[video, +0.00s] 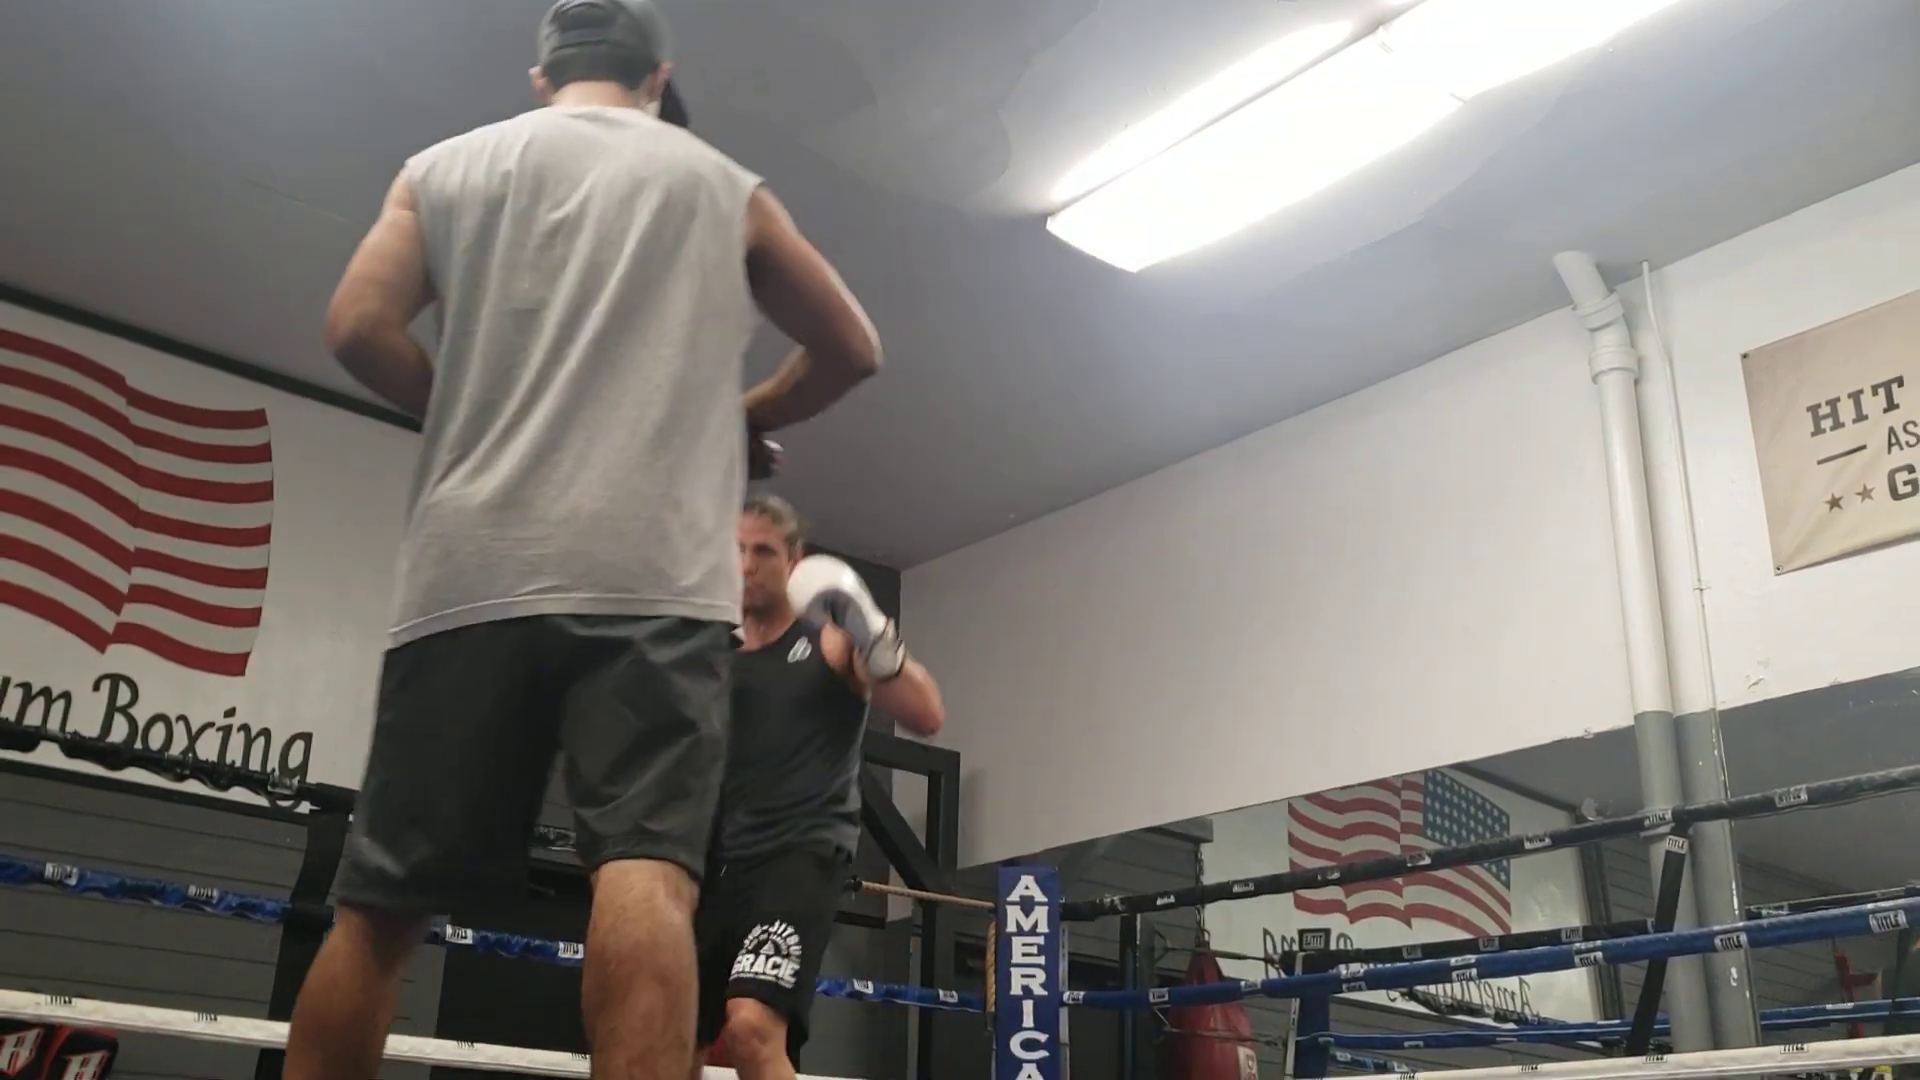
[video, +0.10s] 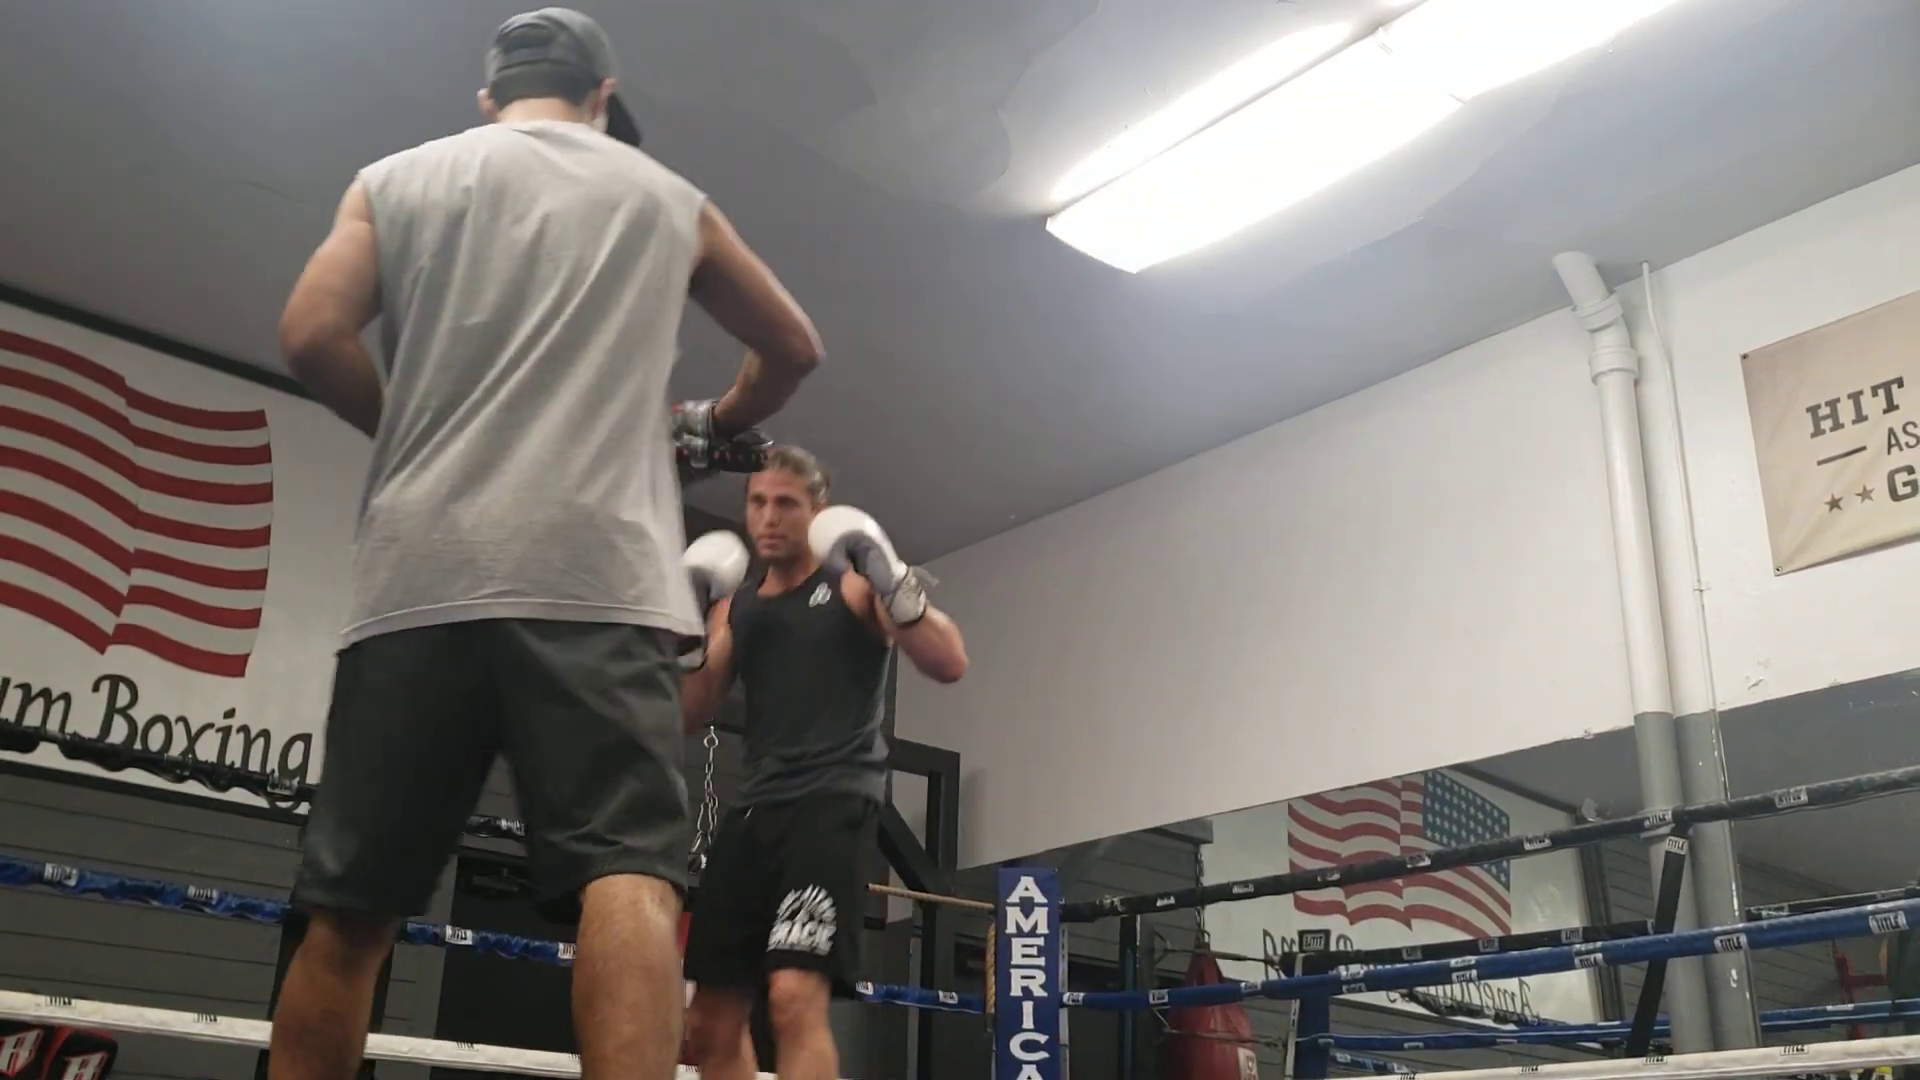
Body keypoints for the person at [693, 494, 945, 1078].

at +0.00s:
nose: (748, 565)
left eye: (763, 551)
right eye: (738, 549)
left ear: (795, 560)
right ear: (722, 556)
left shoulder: (830, 637)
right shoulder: (712, 647)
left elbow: (928, 715)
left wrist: (871, 631)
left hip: (804, 847)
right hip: (718, 853)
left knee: (749, 1030)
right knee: (703, 1040)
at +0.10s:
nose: (769, 517)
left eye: (786, 504)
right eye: (758, 503)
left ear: (820, 512)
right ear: (746, 511)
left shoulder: (854, 584)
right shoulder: (740, 603)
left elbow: (950, 664)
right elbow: (692, 714)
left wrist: (893, 580)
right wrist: (701, 612)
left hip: (836, 801)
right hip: (756, 805)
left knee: (793, 996)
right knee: (711, 1020)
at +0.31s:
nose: (832, 525)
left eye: (847, 510)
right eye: (821, 509)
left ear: (877, 524)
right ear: (802, 522)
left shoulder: (903, 604)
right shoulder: (781, 600)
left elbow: (985, 701)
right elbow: (714, 700)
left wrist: (935, 601)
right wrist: (737, 598)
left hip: (884, 803)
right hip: (805, 818)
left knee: (883, 972)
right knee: (756, 1047)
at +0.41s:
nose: (854, 565)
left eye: (872, 552)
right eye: (844, 549)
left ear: (905, 565)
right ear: (829, 555)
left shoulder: (936, 635)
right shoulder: (808, 650)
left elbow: (1002, 753)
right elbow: (745, 742)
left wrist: (954, 659)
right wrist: (760, 658)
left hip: (913, 842)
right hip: (834, 864)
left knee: (937, 1002)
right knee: (755, 1061)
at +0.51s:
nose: (878, 563)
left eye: (896, 548)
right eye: (869, 547)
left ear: (933, 554)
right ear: (858, 551)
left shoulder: (984, 617)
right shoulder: (853, 647)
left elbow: (1042, 739)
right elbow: (804, 772)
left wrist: (974, 652)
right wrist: (803, 691)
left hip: (971, 841)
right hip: (891, 857)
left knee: (1001, 1032)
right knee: (809, 1057)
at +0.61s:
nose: (901, 552)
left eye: (917, 533)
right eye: (891, 537)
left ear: (962, 532)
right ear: (883, 540)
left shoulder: (1025, 586)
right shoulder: (907, 621)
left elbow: (1081, 697)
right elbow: (883, 770)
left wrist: (989, 618)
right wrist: (842, 717)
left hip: (1040, 835)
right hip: (964, 851)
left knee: (1052, 1035)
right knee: (891, 1055)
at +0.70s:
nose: (924, 550)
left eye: (936, 530)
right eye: (916, 536)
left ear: (987, 523)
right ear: (916, 537)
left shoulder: (1054, 570)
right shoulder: (951, 622)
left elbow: (1100, 676)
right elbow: (941, 754)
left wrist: (1001, 602)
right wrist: (883, 712)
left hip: (1087, 819)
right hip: (1017, 838)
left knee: (1071, 1028)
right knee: (941, 1044)